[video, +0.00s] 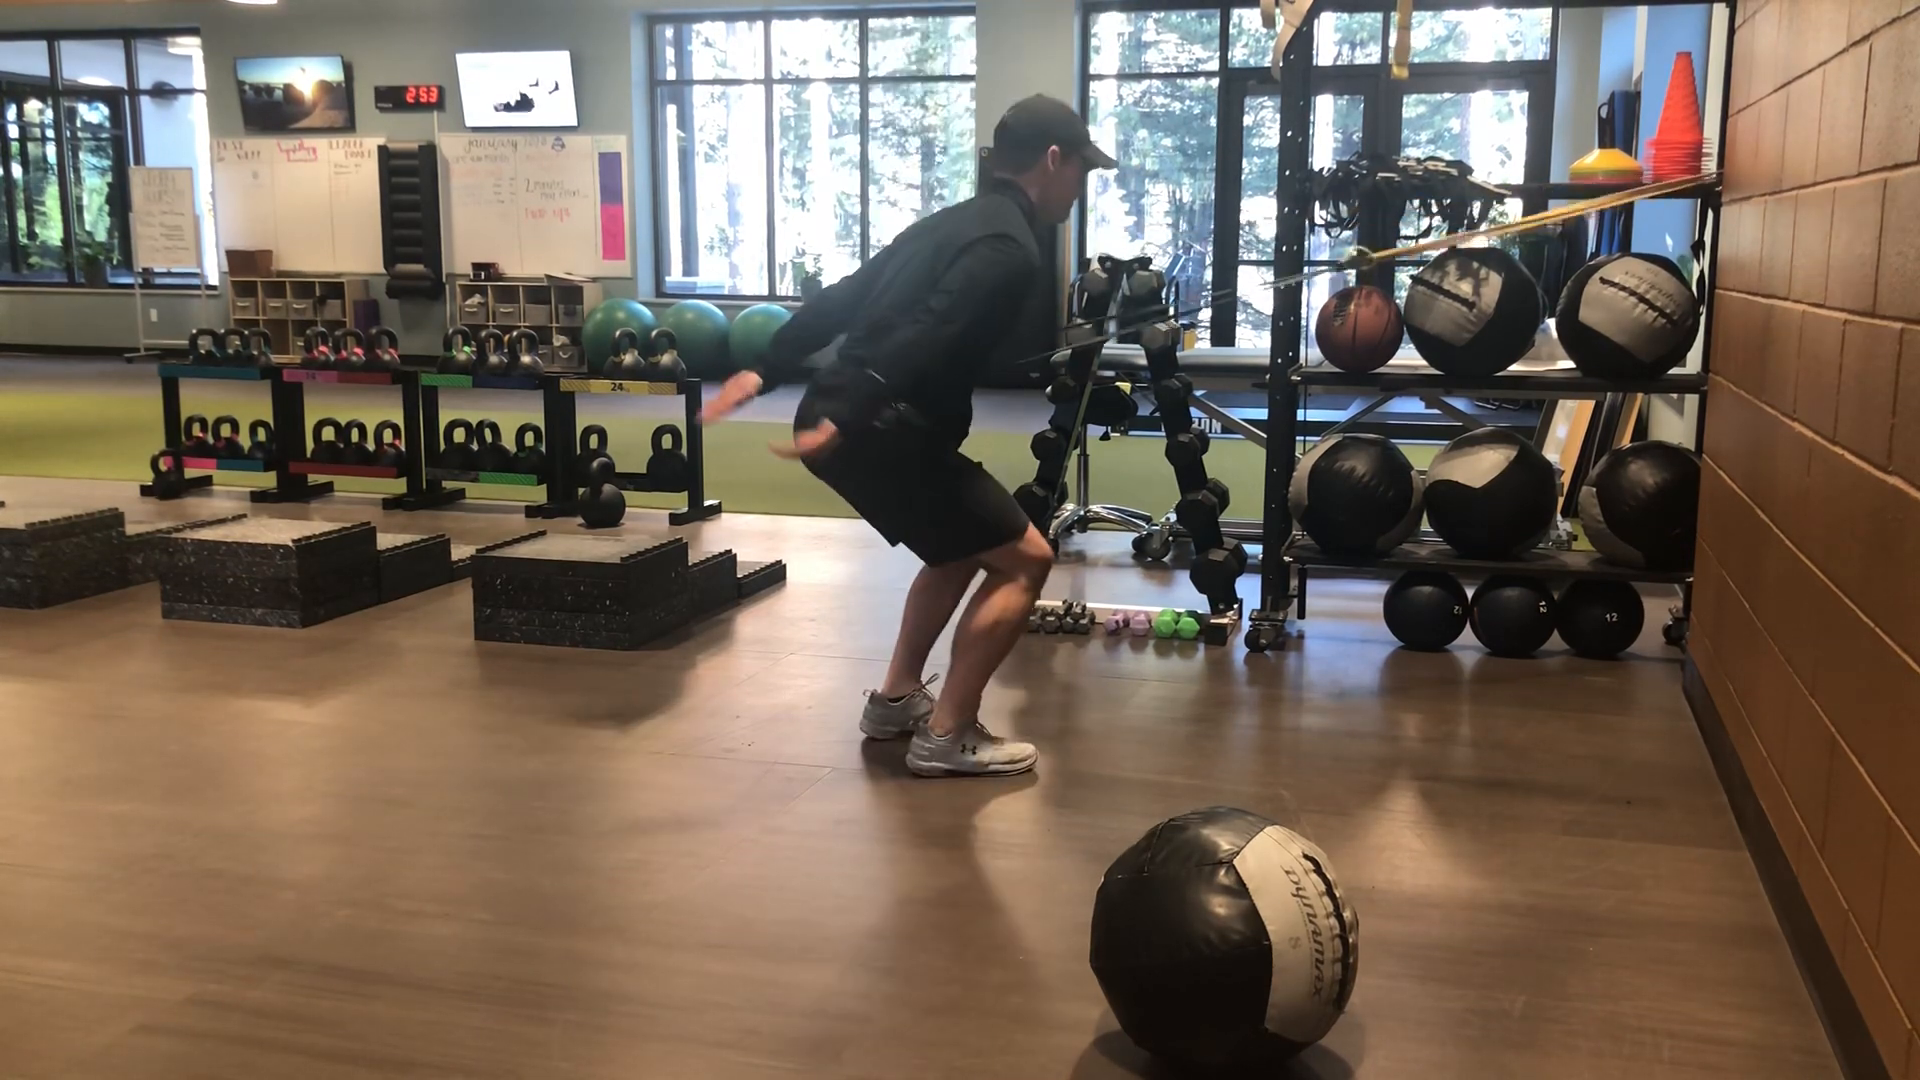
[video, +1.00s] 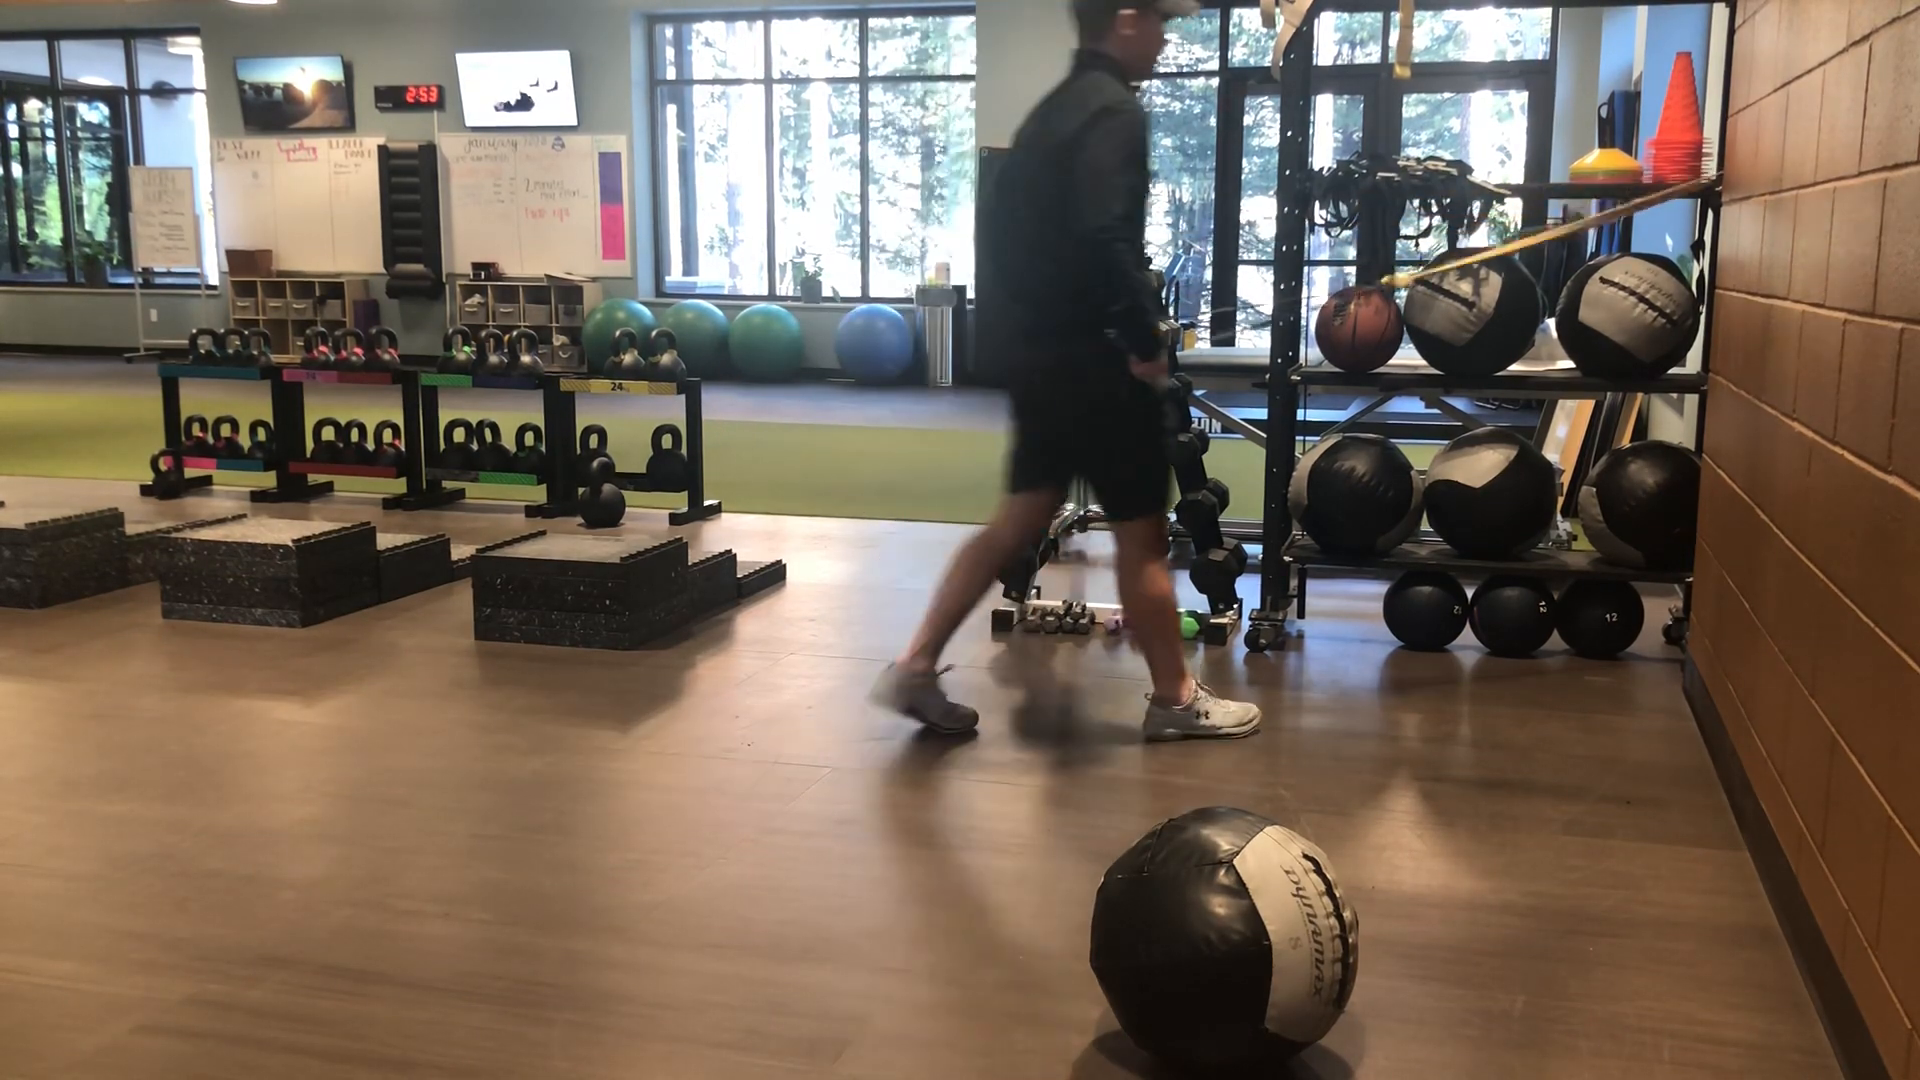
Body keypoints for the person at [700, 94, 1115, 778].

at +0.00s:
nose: (1082, 186)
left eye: (1084, 171)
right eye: (1080, 169)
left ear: (1020, 161)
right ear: (1051, 161)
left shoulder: (955, 220)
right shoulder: (1008, 244)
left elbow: (853, 291)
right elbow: (932, 328)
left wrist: (766, 366)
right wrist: (845, 413)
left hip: (844, 418)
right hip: (885, 432)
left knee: (959, 545)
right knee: (1026, 558)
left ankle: (897, 695)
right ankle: (949, 733)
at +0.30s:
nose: (1063, 77)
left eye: (1064, 62)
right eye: (1060, 59)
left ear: (1003, 52)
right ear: (1024, 51)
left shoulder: (938, 136)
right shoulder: (997, 147)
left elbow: (874, 257)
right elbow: (954, 275)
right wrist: (953, 404)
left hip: (862, 357)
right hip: (911, 365)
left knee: (954, 534)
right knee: (993, 543)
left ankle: (893, 699)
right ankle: (947, 734)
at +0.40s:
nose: (1040, 31)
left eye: (1041, 17)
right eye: (1036, 15)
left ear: (977, 14)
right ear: (1002, 9)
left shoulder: (918, 90)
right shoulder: (989, 98)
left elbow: (882, 220)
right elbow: (986, 233)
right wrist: (1026, 341)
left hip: (880, 321)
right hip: (935, 328)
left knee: (925, 524)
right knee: (963, 532)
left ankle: (892, 698)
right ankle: (946, 729)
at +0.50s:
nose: (1026, 24)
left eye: (1026, 13)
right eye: (1023, 10)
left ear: (960, 11)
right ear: (992, 6)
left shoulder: (909, 90)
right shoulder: (983, 87)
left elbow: (918, 220)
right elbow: (996, 208)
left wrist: (1009, 277)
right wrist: (1066, 281)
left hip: (895, 323)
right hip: (953, 328)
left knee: (911, 525)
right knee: (961, 535)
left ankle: (891, 698)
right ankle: (946, 723)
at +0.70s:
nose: (1035, 19)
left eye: (1032, 8)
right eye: (1027, 6)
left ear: (970, 16)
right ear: (993, 10)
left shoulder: (930, 102)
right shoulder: (992, 101)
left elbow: (939, 237)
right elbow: (1017, 229)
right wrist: (1094, 267)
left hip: (930, 331)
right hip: (989, 335)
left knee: (918, 517)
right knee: (1069, 508)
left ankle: (892, 696)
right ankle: (996, 674)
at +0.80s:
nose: (1065, 22)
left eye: (1062, 11)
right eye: (1057, 9)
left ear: (999, 19)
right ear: (1023, 13)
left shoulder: (958, 107)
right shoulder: (1014, 105)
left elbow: (961, 245)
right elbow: (1016, 234)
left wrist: (1063, 285)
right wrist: (1092, 296)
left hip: (955, 340)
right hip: (1014, 341)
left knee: (932, 518)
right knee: (1092, 510)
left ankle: (894, 695)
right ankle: (1078, 693)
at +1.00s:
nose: (1165, 40)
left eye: (1165, 27)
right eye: (1159, 25)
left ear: (1105, 29)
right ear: (1124, 24)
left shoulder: (1058, 107)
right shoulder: (1114, 110)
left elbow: (1032, 237)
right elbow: (1106, 234)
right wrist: (1146, 340)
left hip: (1040, 354)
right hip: (1097, 356)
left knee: (1021, 518)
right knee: (1143, 534)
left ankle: (914, 669)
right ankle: (1176, 698)